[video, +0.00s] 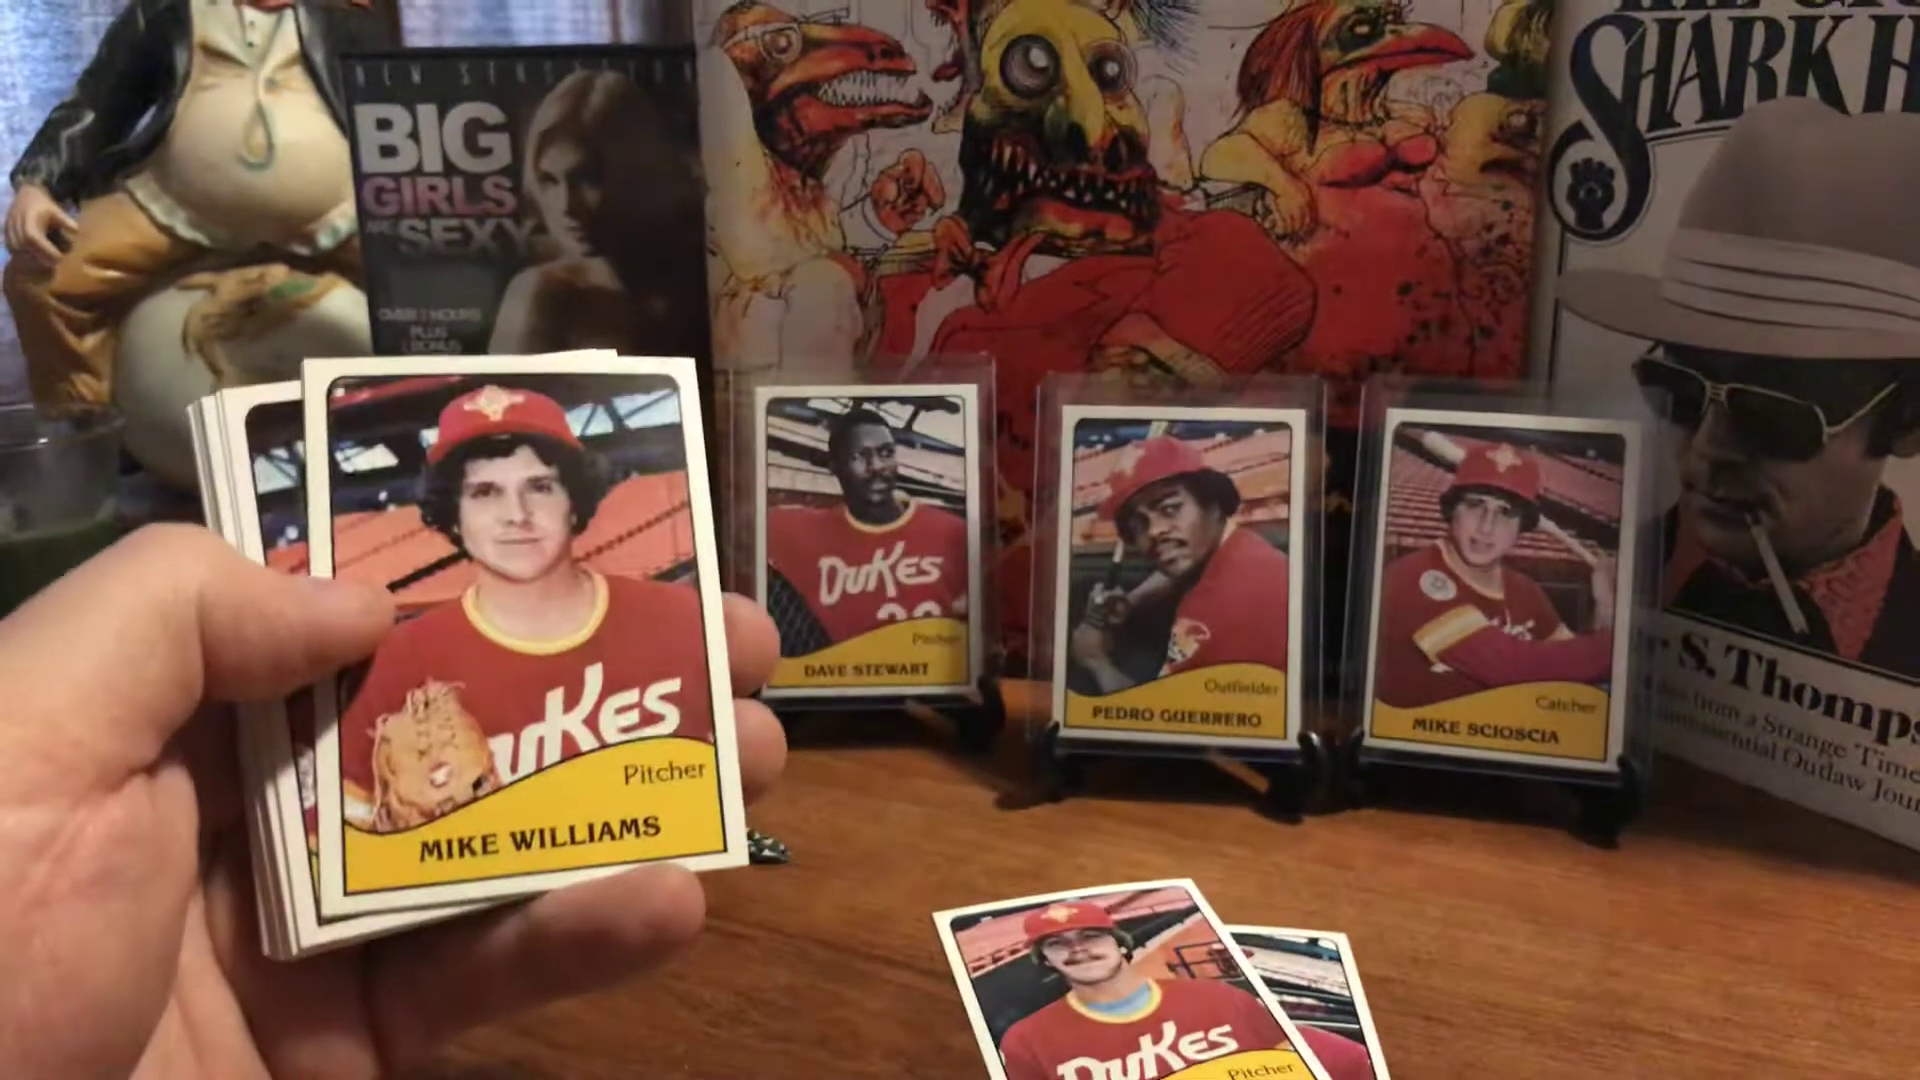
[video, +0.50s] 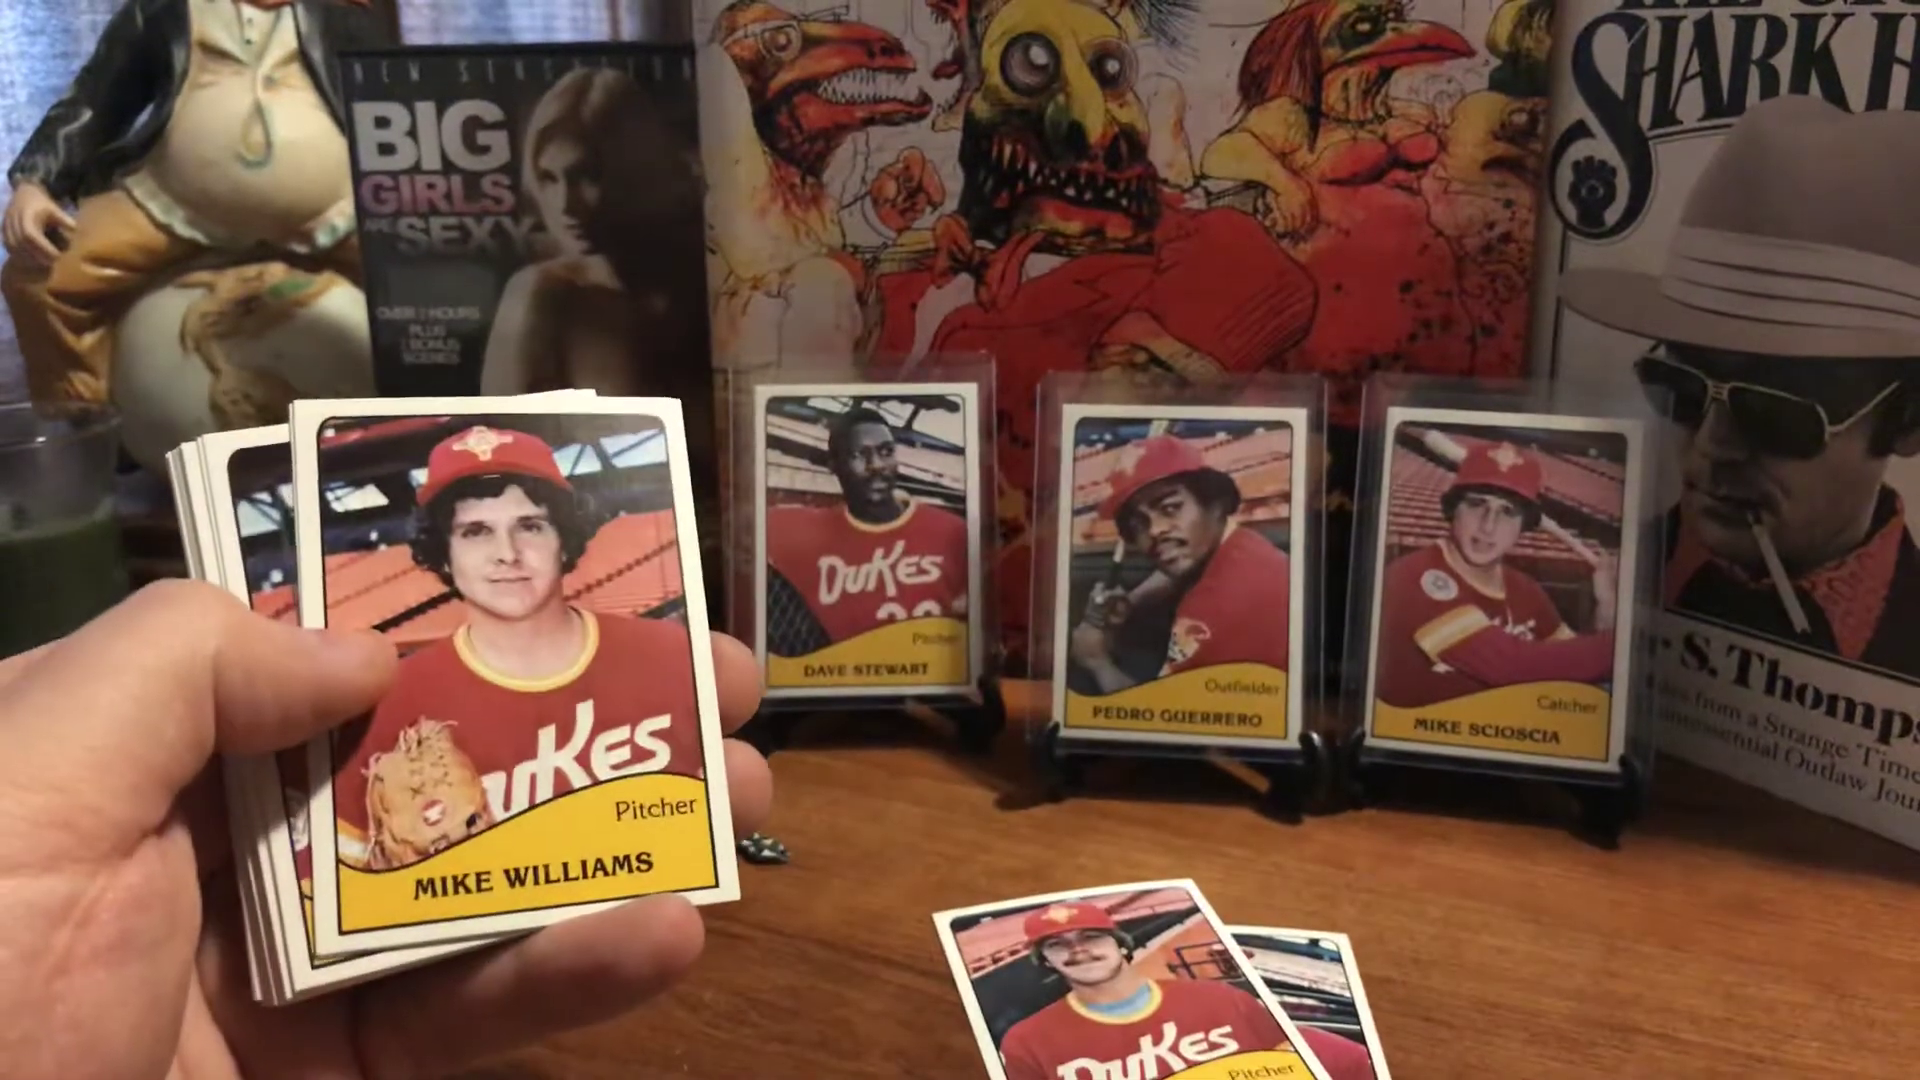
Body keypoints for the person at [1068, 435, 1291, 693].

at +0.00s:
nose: (1156, 531)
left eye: (1170, 509)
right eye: (1140, 522)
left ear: (1212, 505)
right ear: (1133, 539)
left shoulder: (1211, 606)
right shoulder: (1248, 547)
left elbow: (1159, 720)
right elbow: (1184, 566)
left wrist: (1097, 661)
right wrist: (1131, 602)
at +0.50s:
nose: (1156, 530)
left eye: (1170, 508)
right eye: (1141, 522)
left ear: (1215, 505)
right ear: (1133, 538)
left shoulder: (1212, 607)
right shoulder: (1247, 545)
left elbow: (1162, 720)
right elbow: (1184, 566)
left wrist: (1098, 662)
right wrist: (1131, 603)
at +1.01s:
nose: (1156, 530)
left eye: (1170, 508)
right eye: (1140, 522)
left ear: (1213, 504)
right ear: (1133, 539)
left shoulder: (1213, 605)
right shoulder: (1248, 544)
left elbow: (1160, 720)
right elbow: (1185, 564)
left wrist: (1098, 662)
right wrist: (1132, 603)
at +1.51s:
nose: (1156, 531)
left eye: (1170, 508)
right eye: (1140, 522)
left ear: (1214, 505)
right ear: (1133, 540)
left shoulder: (1213, 606)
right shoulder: (1249, 545)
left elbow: (1159, 720)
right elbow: (1184, 564)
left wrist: (1098, 662)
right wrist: (1132, 603)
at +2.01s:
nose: (1155, 532)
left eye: (1169, 510)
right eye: (1140, 524)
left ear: (1213, 507)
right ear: (1133, 540)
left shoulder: (1211, 607)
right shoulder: (1248, 548)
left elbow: (1160, 722)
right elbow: (1184, 567)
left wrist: (1098, 663)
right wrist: (1131, 604)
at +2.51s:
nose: (1155, 529)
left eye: (1169, 507)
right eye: (1139, 522)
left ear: (1213, 502)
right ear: (1133, 539)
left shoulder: (1211, 606)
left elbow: (1161, 718)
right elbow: (1183, 565)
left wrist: (1098, 661)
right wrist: (1133, 601)